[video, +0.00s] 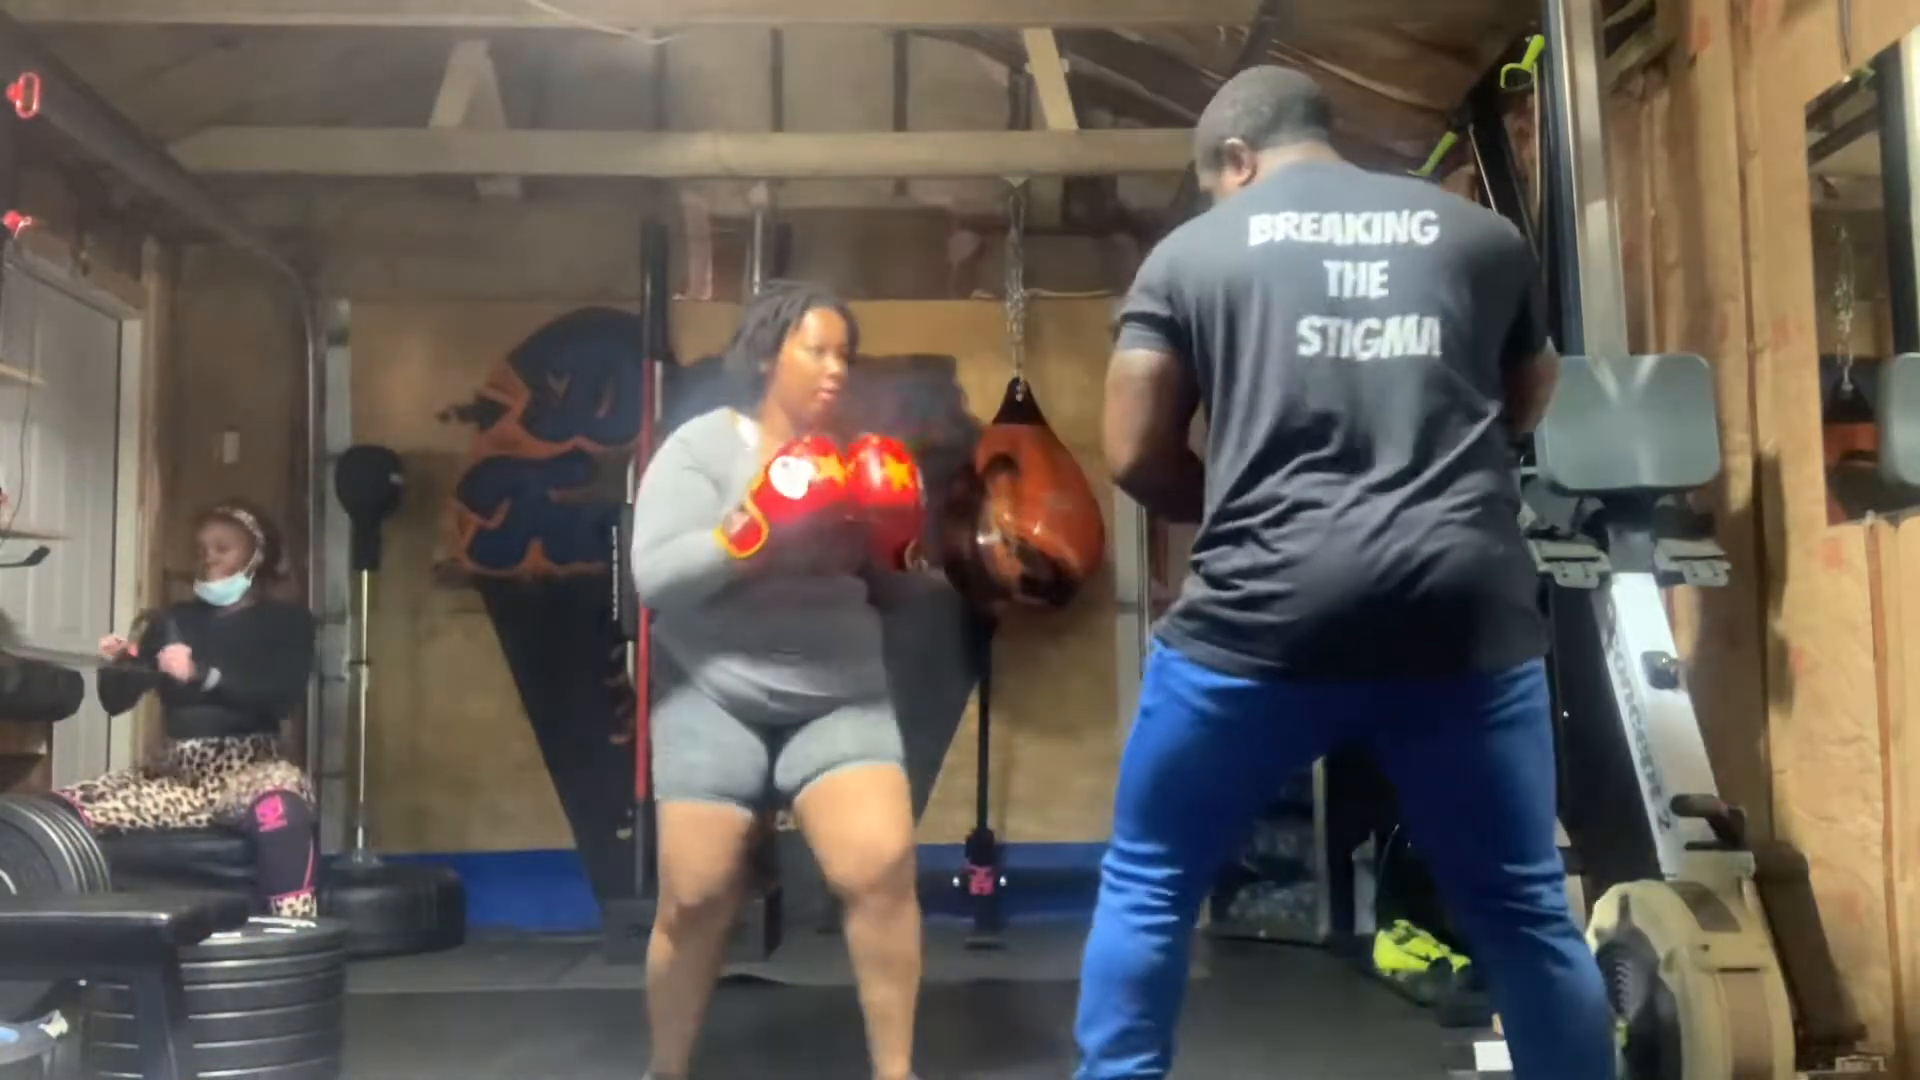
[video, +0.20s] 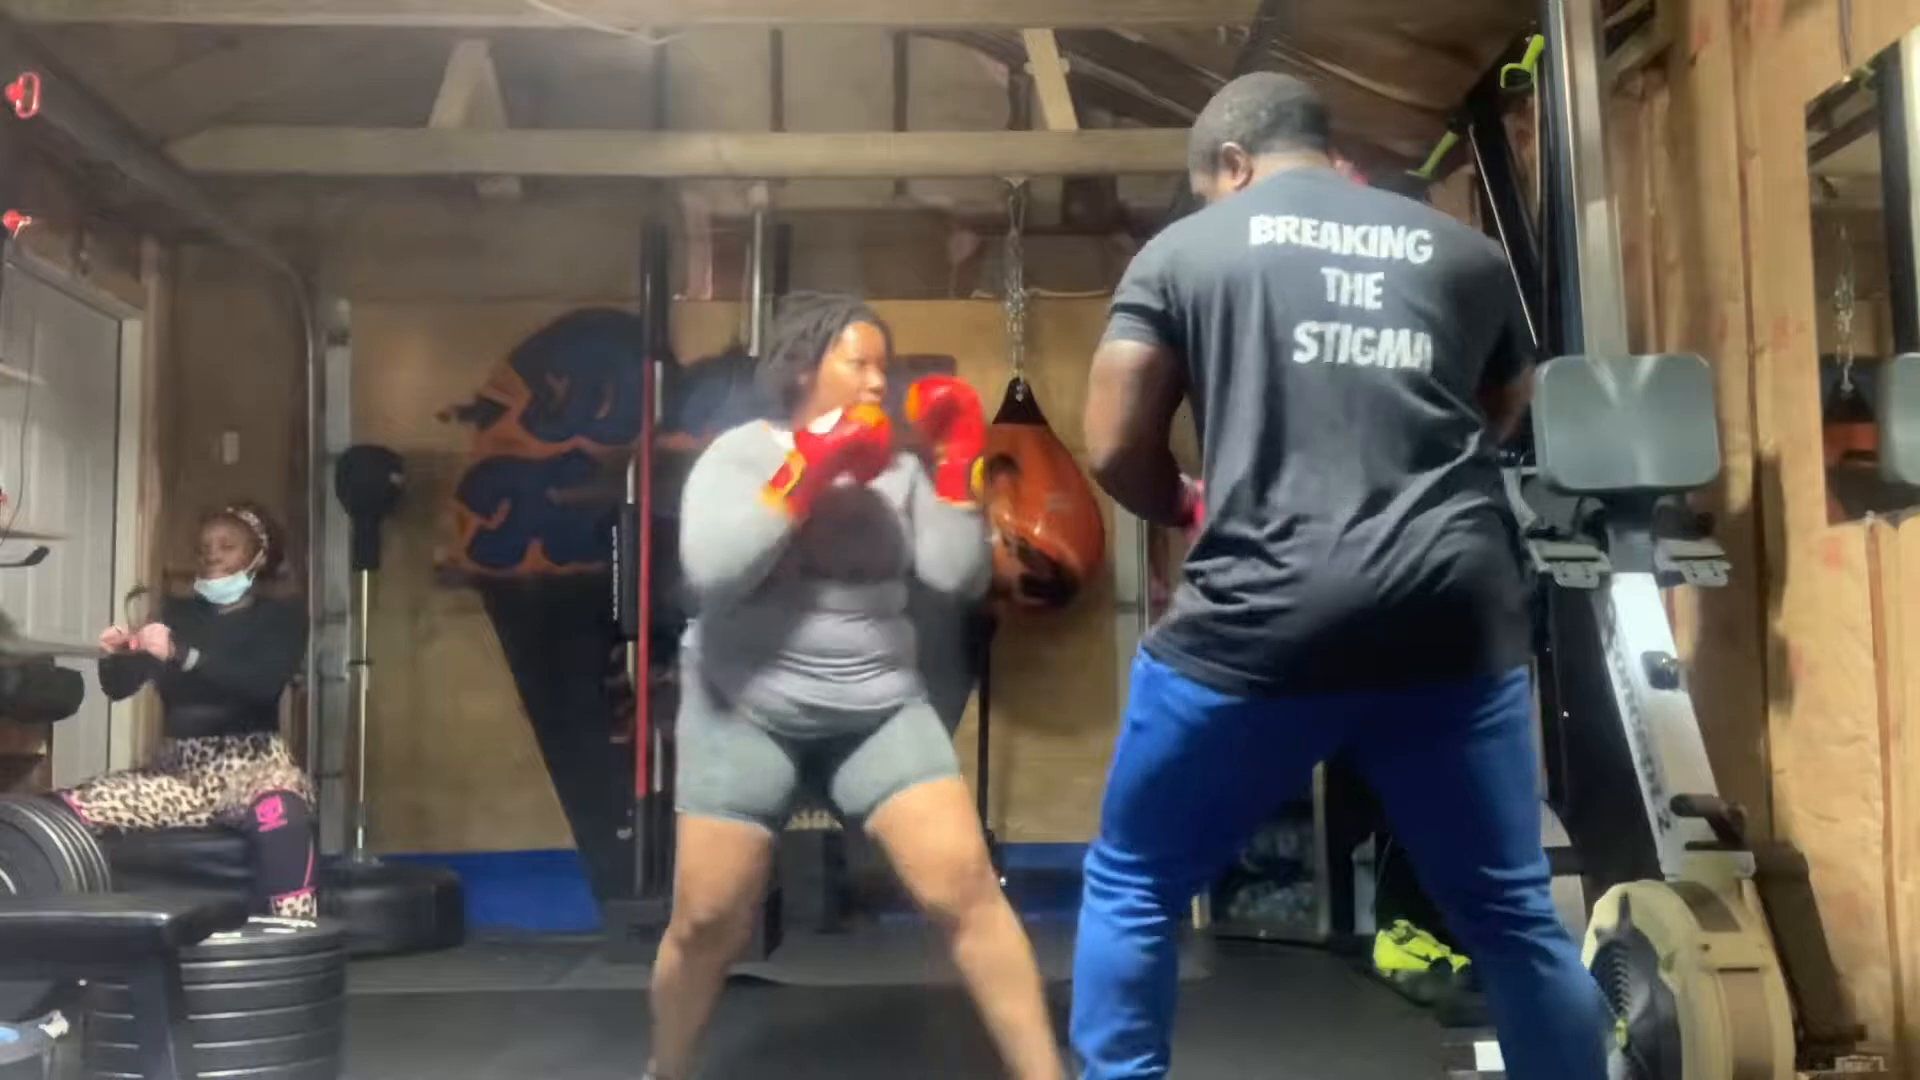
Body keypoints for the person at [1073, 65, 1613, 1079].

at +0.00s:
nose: (1212, 203)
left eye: (1209, 185)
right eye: (1210, 188)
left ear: (1239, 159)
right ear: (1331, 141)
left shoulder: (1189, 253)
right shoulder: (1485, 232)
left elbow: (1137, 456)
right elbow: (1523, 408)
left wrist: (1241, 502)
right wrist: (1409, 455)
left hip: (1269, 603)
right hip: (1472, 604)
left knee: (1150, 878)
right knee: (1527, 908)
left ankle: (1115, 1073)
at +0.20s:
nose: (1205, 203)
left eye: (1203, 187)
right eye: (1204, 190)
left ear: (1232, 164)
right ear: (1333, 155)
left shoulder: (1182, 251)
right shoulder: (1466, 249)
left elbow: (1117, 452)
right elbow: (1502, 413)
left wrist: (1186, 506)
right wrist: (1403, 474)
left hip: (1264, 614)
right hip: (1459, 613)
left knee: (1133, 879)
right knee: (1515, 911)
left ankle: (1119, 1071)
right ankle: (1579, 1079)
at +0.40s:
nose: (1118, 219)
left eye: (1116, 204)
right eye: (1113, 207)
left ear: (1154, 181)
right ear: (1234, 172)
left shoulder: (1136, 246)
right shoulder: (1343, 262)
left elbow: (1059, 444)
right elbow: (1333, 428)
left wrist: (1085, 508)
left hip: (1209, 610)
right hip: (1386, 615)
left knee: (1018, 843)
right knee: (1444, 903)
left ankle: (990, 1064)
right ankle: (1545, 1071)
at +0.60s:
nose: (916, 303)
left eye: (915, 287)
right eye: (912, 287)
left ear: (947, 265)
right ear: (1044, 251)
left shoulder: (947, 338)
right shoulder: (1187, 341)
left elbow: (841, 508)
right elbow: (1289, 505)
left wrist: (895, 538)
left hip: (1069, 704)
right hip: (1262, 707)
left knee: (869, 916)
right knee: (1378, 943)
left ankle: (770, 1071)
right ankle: (1503, 1073)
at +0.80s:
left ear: (719, 287)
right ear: (831, 268)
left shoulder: (679, 376)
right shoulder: (944, 342)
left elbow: (639, 573)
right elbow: (1031, 508)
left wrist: (713, 515)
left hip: (830, 658)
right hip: (1022, 649)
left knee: (672, 896)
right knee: (1152, 920)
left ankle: (665, 1072)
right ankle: (1285, 1071)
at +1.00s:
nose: (770, 240)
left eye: (765, 231)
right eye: (765, 227)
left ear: (643, 236)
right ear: (737, 220)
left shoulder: (561, 356)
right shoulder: (833, 293)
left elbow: (568, 541)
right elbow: (909, 407)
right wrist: (935, 508)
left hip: (645, 652)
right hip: (834, 648)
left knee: (615, 891)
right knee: (902, 915)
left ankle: (630, 1069)